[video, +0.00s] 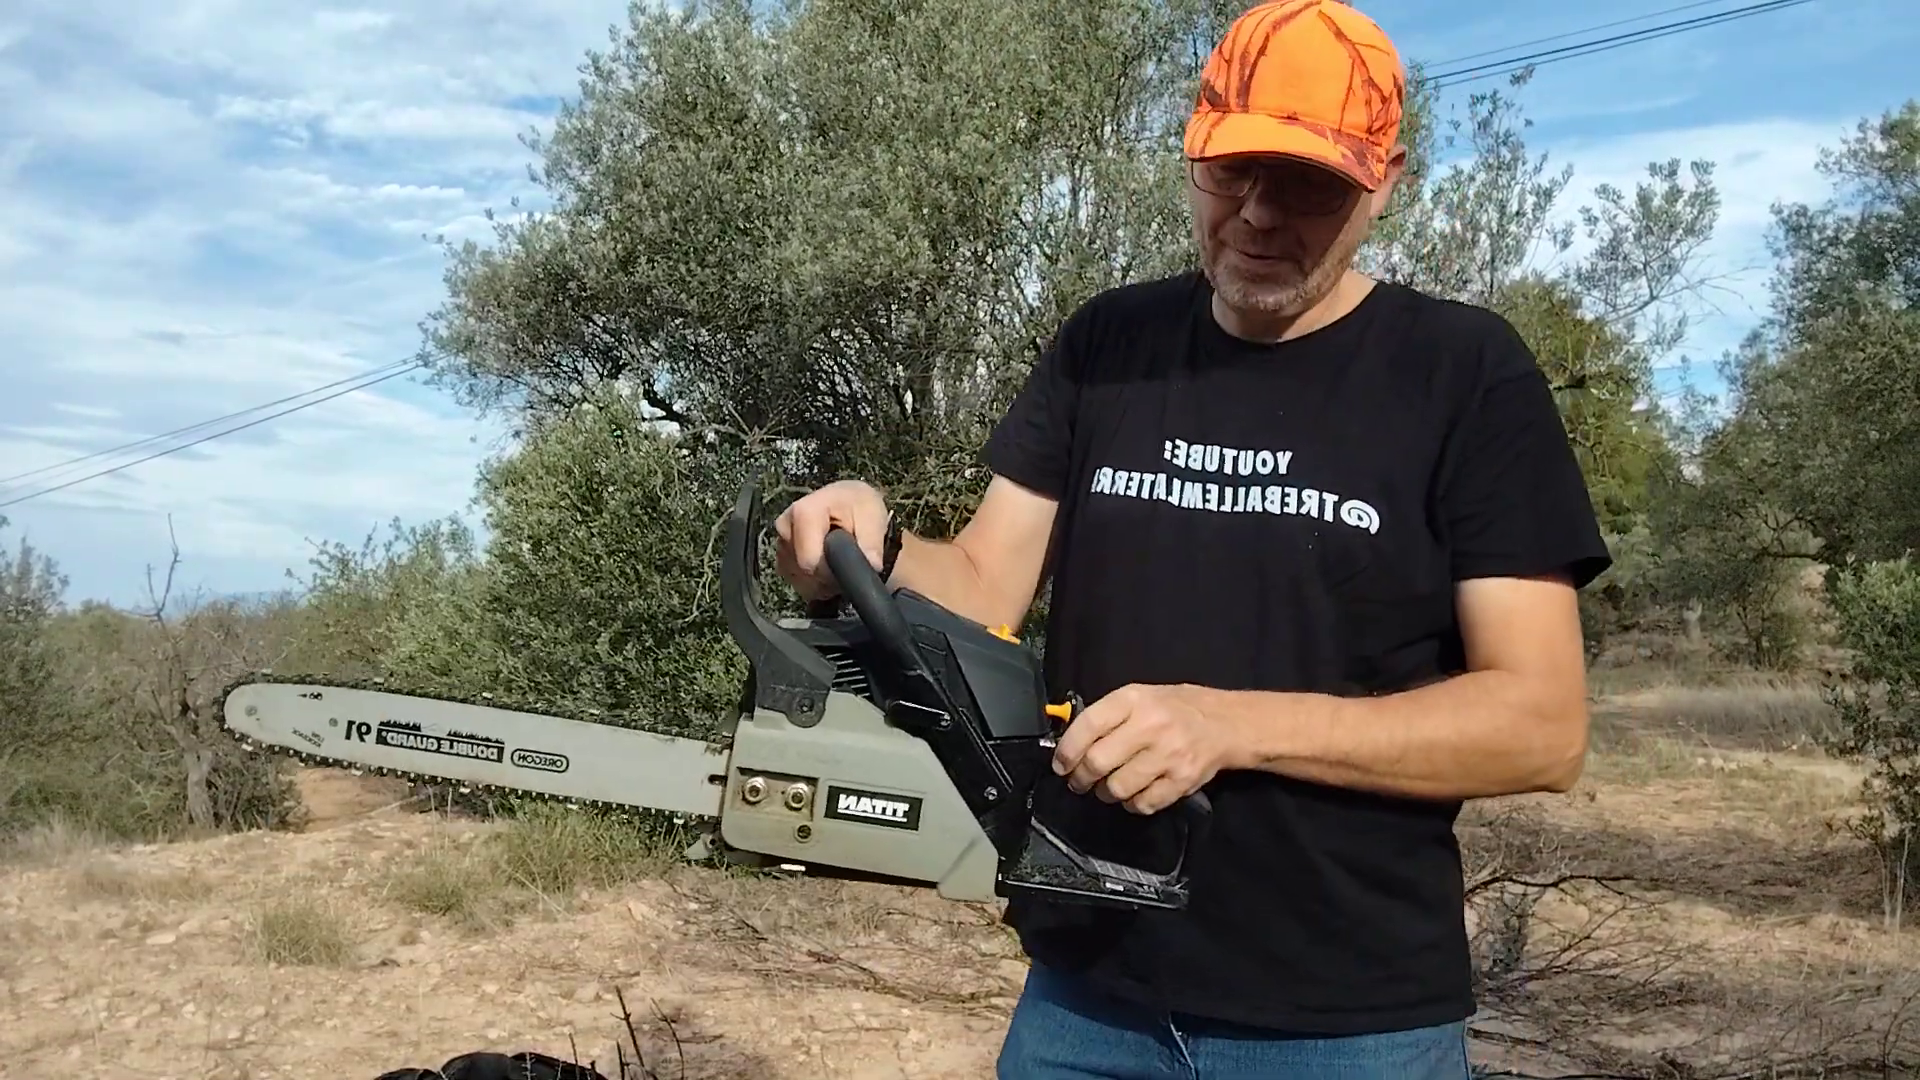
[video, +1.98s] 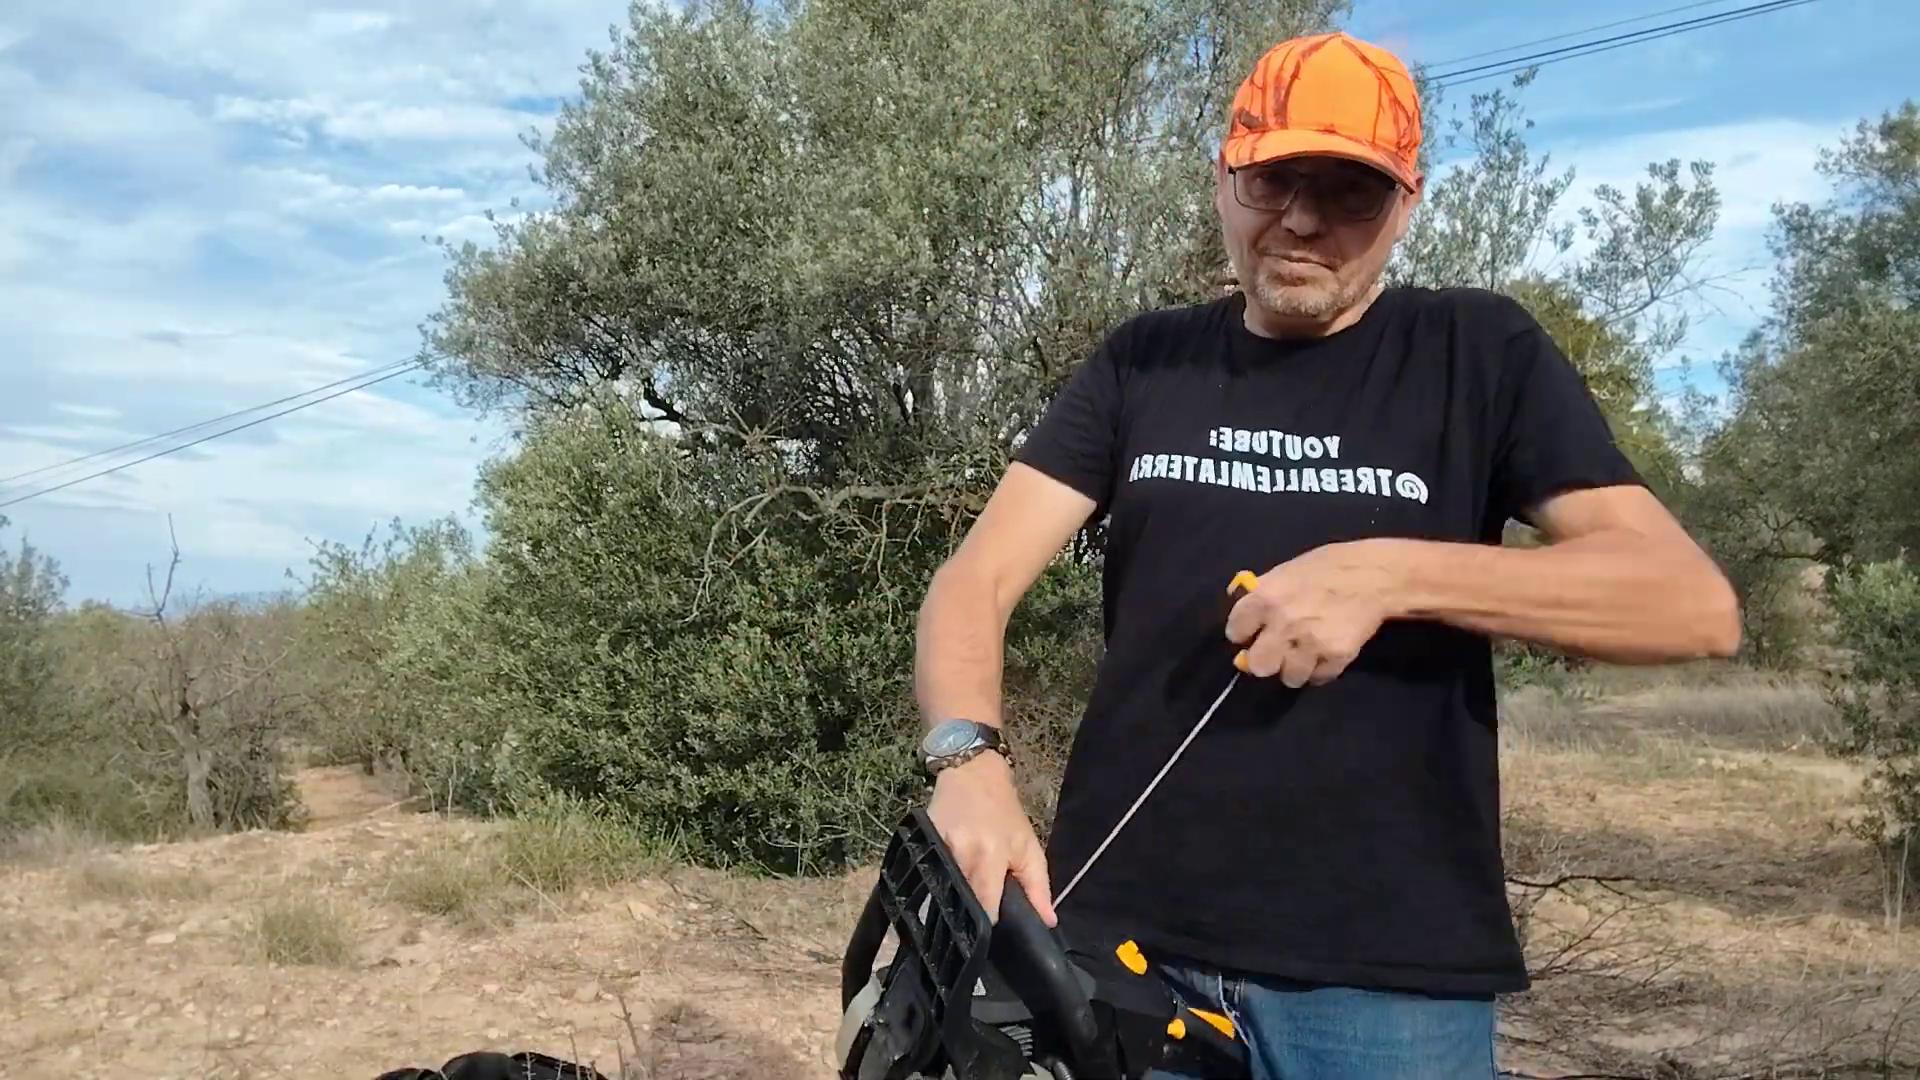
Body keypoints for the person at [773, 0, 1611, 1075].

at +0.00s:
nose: (1263, 211)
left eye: (1312, 179)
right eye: (1239, 167)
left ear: (1378, 190)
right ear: (1195, 162)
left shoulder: (1466, 371)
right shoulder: (1106, 344)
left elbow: (1540, 723)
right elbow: (981, 586)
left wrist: (1237, 724)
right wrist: (877, 546)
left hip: (1356, 1027)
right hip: (1087, 1002)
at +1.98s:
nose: (1303, 220)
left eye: (1348, 189)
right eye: (1276, 180)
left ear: (1403, 206)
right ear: (1224, 183)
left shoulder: (1481, 350)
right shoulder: (1143, 363)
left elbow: (1693, 602)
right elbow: (973, 584)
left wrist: (1395, 571)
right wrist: (966, 760)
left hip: (1390, 988)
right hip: (1121, 967)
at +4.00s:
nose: (1423, 142)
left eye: (1476, 106)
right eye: (1383, 97)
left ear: (1526, 131)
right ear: (1315, 116)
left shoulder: (1631, 369)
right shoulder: (1195, 332)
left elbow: (1782, 753)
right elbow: (1059, 660)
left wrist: (1497, 937)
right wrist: (1155, 581)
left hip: (1527, 1033)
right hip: (1204, 1004)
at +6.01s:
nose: (1250, 123)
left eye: (1311, 58)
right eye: (1187, 68)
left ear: (1385, 50)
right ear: (1108, 83)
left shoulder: (1568, 376)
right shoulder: (1040, 343)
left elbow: (1753, 815)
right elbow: (920, 701)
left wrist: (1480, 1070)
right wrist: (1090, 645)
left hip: (1471, 1041)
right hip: (1096, 1039)